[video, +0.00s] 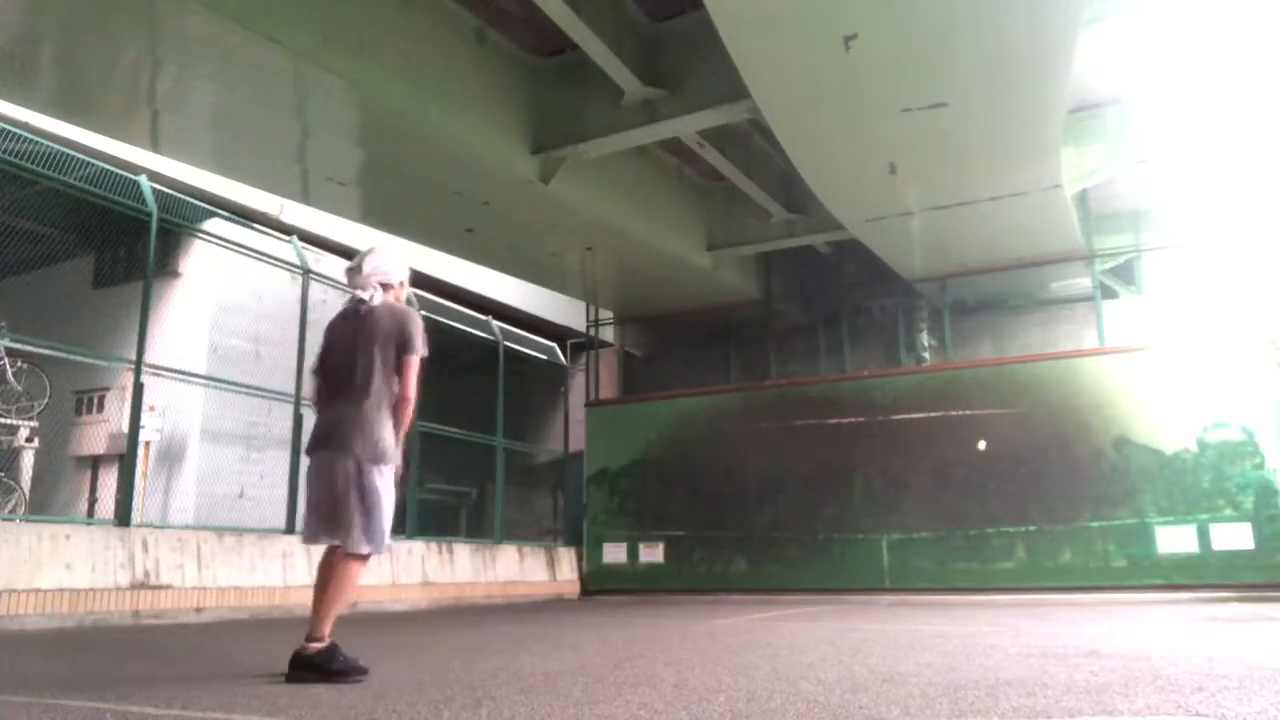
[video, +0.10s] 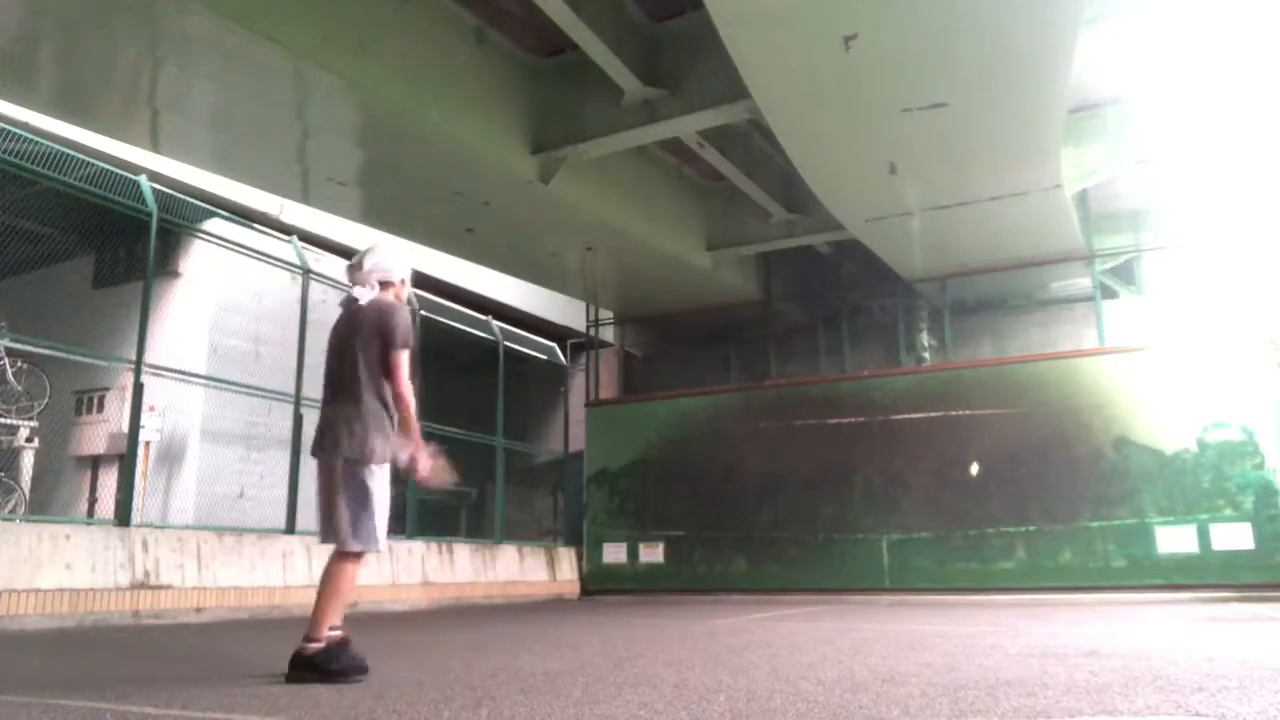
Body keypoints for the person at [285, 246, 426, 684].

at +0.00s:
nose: (408, 291)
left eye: (405, 285)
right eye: (406, 285)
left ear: (361, 284)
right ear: (394, 286)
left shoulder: (338, 323)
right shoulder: (405, 318)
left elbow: (319, 393)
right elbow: (406, 394)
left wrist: (341, 432)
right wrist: (395, 446)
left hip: (327, 444)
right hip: (369, 446)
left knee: (341, 543)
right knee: (359, 546)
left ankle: (316, 642)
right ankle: (317, 642)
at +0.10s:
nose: (409, 290)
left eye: (407, 282)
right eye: (407, 282)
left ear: (367, 280)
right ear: (394, 281)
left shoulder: (349, 315)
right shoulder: (393, 312)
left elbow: (352, 388)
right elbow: (399, 384)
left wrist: (397, 440)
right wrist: (415, 442)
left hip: (335, 440)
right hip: (363, 443)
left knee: (351, 544)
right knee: (354, 545)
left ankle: (329, 639)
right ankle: (314, 645)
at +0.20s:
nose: (413, 286)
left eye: (412, 278)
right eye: (410, 278)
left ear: (377, 277)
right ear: (396, 278)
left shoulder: (372, 309)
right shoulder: (384, 308)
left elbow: (401, 385)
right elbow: (400, 378)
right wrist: (447, 424)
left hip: (363, 446)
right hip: (354, 446)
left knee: (382, 537)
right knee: (346, 540)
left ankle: (355, 636)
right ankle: (309, 647)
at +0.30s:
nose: (421, 286)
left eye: (420, 278)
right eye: (417, 278)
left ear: (392, 279)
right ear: (401, 278)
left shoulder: (395, 320)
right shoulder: (378, 306)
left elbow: (438, 366)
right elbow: (403, 374)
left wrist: (497, 363)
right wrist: (471, 387)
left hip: (384, 455)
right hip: (355, 453)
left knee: (401, 540)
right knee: (338, 544)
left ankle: (381, 641)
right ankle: (309, 647)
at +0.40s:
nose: (432, 288)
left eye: (432, 280)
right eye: (428, 280)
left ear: (404, 281)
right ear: (409, 280)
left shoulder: (413, 323)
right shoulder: (385, 309)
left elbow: (459, 353)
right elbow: (400, 365)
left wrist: (509, 322)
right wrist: (458, 357)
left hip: (404, 454)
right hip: (370, 454)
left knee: (411, 544)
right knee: (359, 547)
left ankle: (385, 642)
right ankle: (313, 645)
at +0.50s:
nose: (447, 287)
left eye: (447, 280)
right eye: (443, 279)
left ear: (423, 280)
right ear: (426, 279)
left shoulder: (436, 320)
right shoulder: (395, 308)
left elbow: (489, 351)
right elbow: (389, 361)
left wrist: (509, 314)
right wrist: (434, 332)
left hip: (417, 447)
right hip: (395, 445)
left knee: (412, 545)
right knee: (406, 542)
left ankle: (386, 641)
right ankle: (335, 632)